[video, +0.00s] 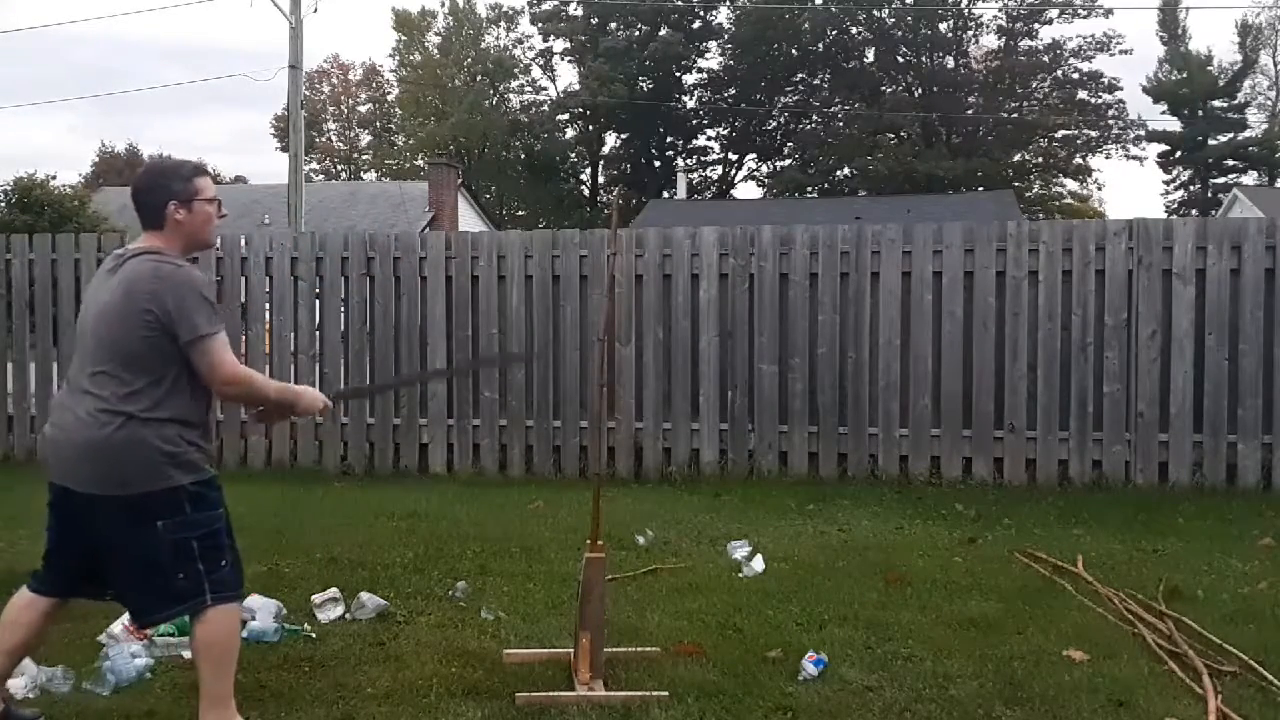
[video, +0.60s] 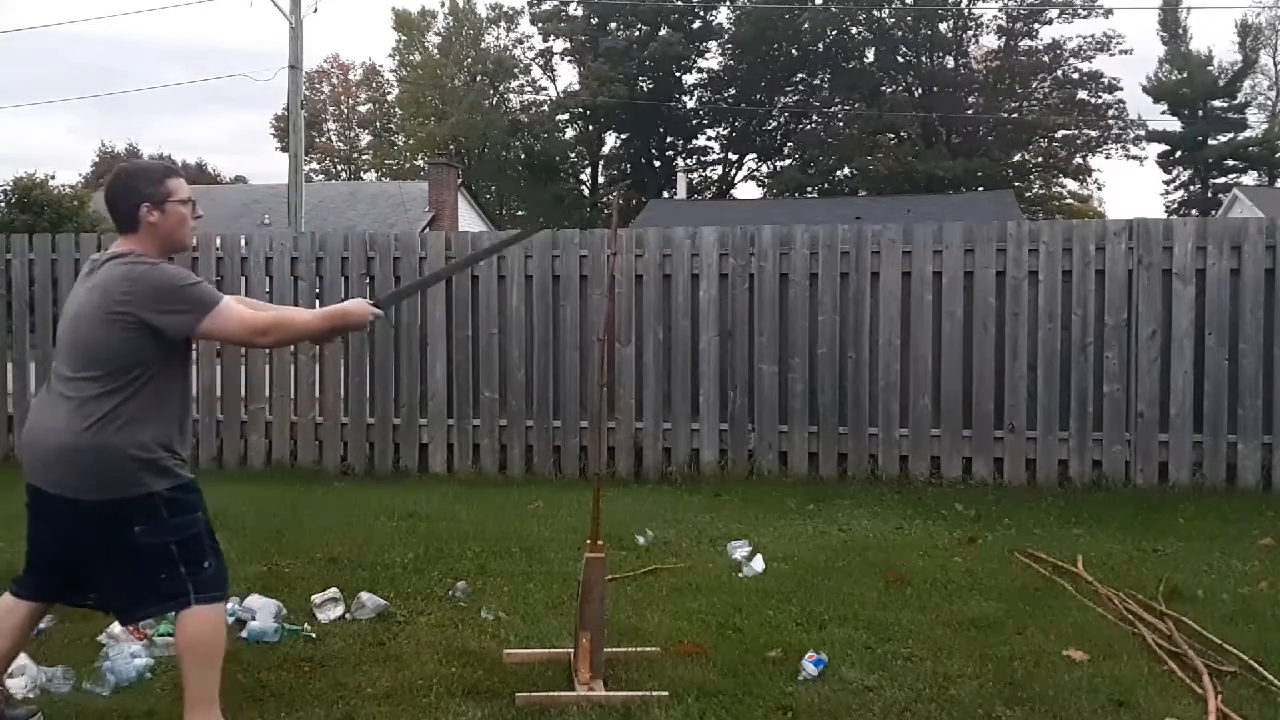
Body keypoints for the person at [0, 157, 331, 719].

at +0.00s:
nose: (221, 213)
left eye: (219, 202)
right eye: (212, 203)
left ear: (163, 214)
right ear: (175, 211)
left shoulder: (115, 268)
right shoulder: (178, 278)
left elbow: (157, 369)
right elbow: (226, 376)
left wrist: (253, 400)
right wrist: (293, 395)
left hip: (72, 453)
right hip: (151, 459)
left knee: (52, 583)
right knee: (217, 590)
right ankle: (219, 711)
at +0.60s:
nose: (196, 215)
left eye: (193, 203)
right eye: (187, 204)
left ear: (141, 216)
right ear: (149, 213)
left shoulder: (101, 272)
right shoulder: (155, 282)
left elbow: (226, 312)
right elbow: (253, 326)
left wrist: (305, 320)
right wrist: (333, 318)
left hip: (51, 460)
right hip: (130, 464)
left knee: (34, 587)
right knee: (202, 589)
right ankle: (203, 713)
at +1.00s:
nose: (194, 227)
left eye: (191, 218)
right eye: (185, 218)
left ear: (142, 225)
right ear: (147, 224)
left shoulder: (106, 273)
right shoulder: (132, 279)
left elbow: (224, 259)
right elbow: (237, 283)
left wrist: (294, 239)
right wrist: (296, 228)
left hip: (48, 461)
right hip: (116, 466)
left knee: (25, 589)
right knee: (199, 585)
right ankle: (203, 712)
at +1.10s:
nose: (188, 228)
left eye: (186, 218)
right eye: (179, 217)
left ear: (134, 224)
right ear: (140, 224)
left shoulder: (106, 274)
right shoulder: (118, 279)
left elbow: (210, 252)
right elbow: (224, 259)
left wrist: (271, 201)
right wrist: (268, 181)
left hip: (50, 466)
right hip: (115, 470)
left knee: (28, 587)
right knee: (197, 585)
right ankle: (203, 712)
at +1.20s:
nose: (181, 229)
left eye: (181, 216)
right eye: (171, 219)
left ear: (131, 225)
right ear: (133, 225)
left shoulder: (116, 273)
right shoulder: (104, 278)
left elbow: (218, 232)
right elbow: (199, 240)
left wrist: (247, 176)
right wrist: (222, 154)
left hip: (56, 464)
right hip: (114, 468)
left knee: (30, 590)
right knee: (197, 584)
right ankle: (203, 712)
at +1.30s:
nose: (175, 226)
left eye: (174, 213)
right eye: (167, 216)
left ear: (127, 225)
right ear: (132, 225)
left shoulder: (131, 276)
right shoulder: (99, 277)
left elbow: (215, 225)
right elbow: (186, 235)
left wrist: (229, 166)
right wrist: (196, 143)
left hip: (58, 467)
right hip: (113, 468)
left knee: (35, 589)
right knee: (199, 582)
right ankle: (203, 711)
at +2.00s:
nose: (175, 226)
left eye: (174, 215)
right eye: (164, 216)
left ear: (167, 222)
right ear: (126, 225)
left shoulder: (159, 281)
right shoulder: (89, 291)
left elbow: (203, 207)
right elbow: (137, 232)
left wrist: (179, 146)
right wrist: (129, 142)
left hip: (78, 472)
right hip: (120, 472)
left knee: (48, 597)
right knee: (208, 580)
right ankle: (206, 713)